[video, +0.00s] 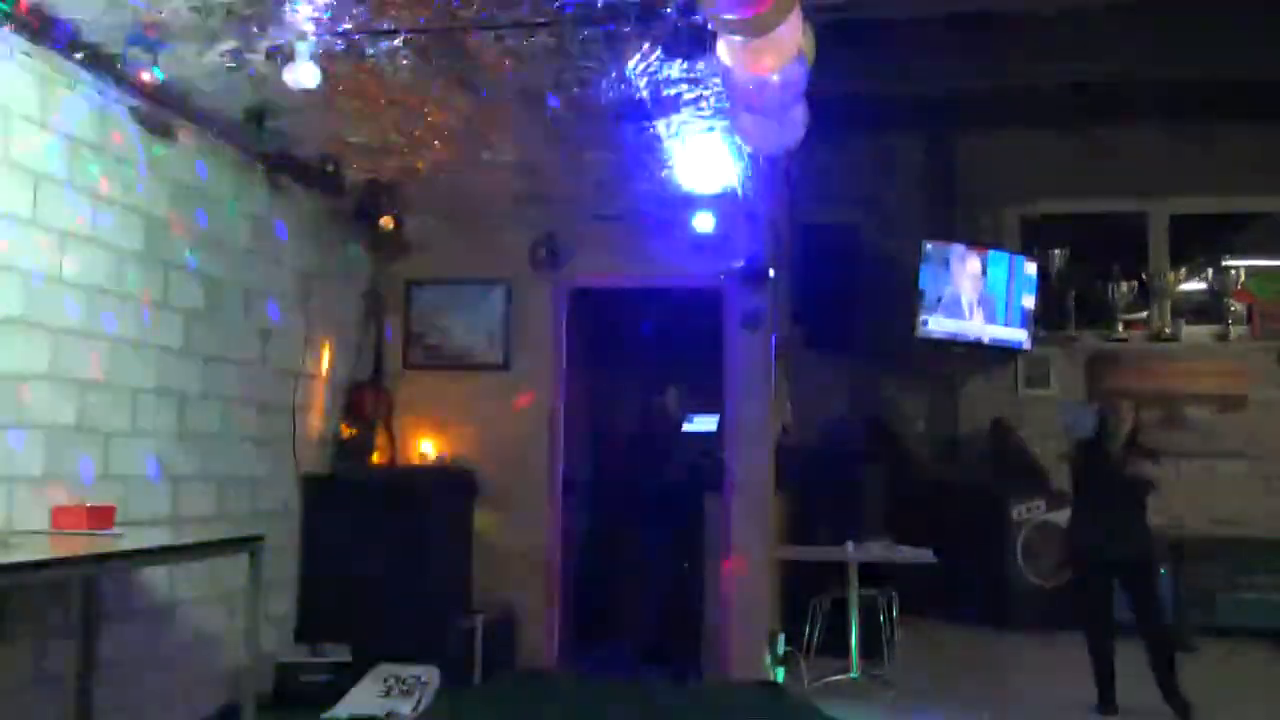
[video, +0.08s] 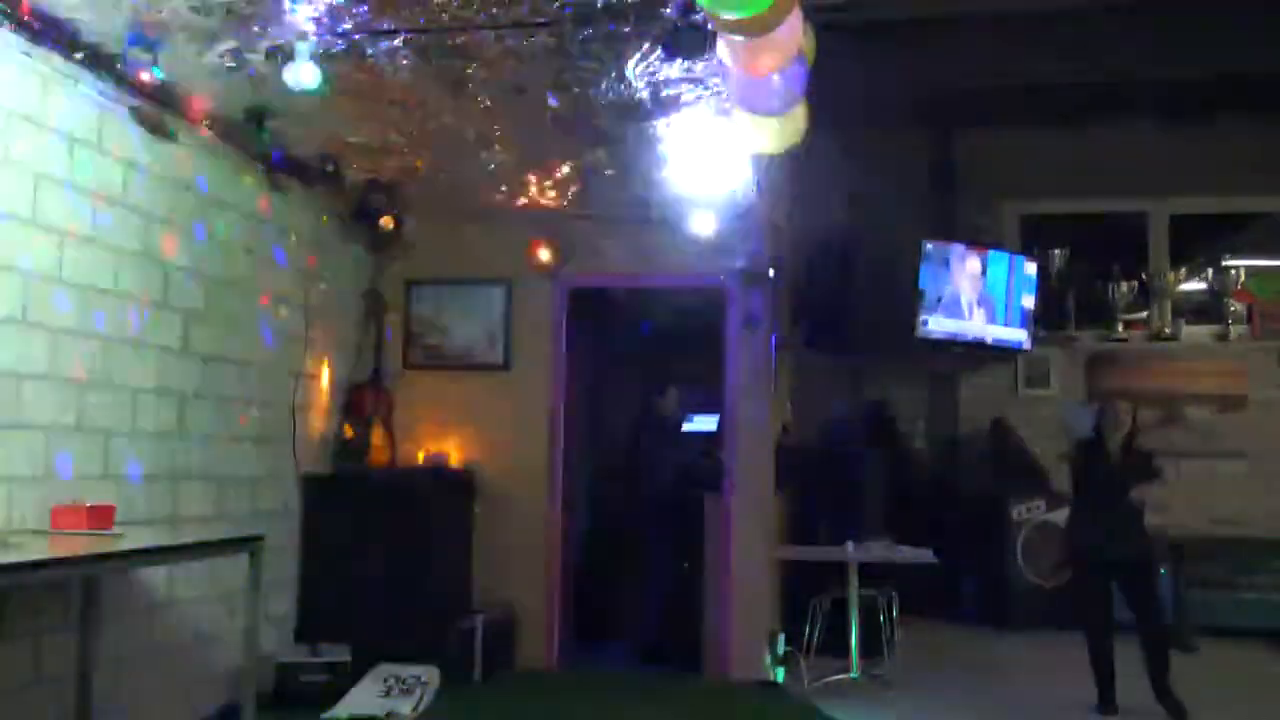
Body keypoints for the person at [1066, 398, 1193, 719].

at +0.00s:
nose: (1121, 421)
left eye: (1127, 414)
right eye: (1115, 414)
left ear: (1135, 419)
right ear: (1103, 418)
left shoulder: (1142, 455)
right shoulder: (1085, 452)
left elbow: (1149, 496)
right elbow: (1081, 500)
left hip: (1134, 548)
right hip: (1093, 549)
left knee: (1153, 622)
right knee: (1099, 627)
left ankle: (1172, 693)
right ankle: (1106, 698)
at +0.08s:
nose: (1116, 422)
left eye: (1119, 417)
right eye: (1109, 417)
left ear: (1125, 423)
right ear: (1098, 423)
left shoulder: (1131, 453)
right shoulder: (1085, 453)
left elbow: (1150, 475)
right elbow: (1093, 496)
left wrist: (1128, 450)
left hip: (1131, 547)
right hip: (1093, 549)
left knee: (1151, 619)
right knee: (1098, 625)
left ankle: (1163, 689)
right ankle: (1106, 697)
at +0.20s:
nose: (1116, 424)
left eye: (1122, 418)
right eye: (1110, 417)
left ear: (1131, 424)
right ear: (1100, 424)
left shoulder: (1140, 462)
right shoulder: (1085, 459)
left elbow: (1155, 504)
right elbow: (1078, 506)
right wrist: (1071, 554)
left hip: (1132, 552)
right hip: (1092, 553)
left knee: (1152, 622)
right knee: (1098, 628)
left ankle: (1161, 695)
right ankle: (1106, 698)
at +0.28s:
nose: (1118, 425)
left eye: (1123, 419)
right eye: (1112, 419)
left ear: (1130, 425)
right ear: (1100, 424)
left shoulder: (1140, 463)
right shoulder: (1085, 461)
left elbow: (1156, 505)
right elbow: (1076, 507)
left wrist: (1159, 540)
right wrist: (1069, 553)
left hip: (1132, 552)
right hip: (1092, 554)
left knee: (1153, 623)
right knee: (1099, 628)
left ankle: (1162, 695)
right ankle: (1106, 697)